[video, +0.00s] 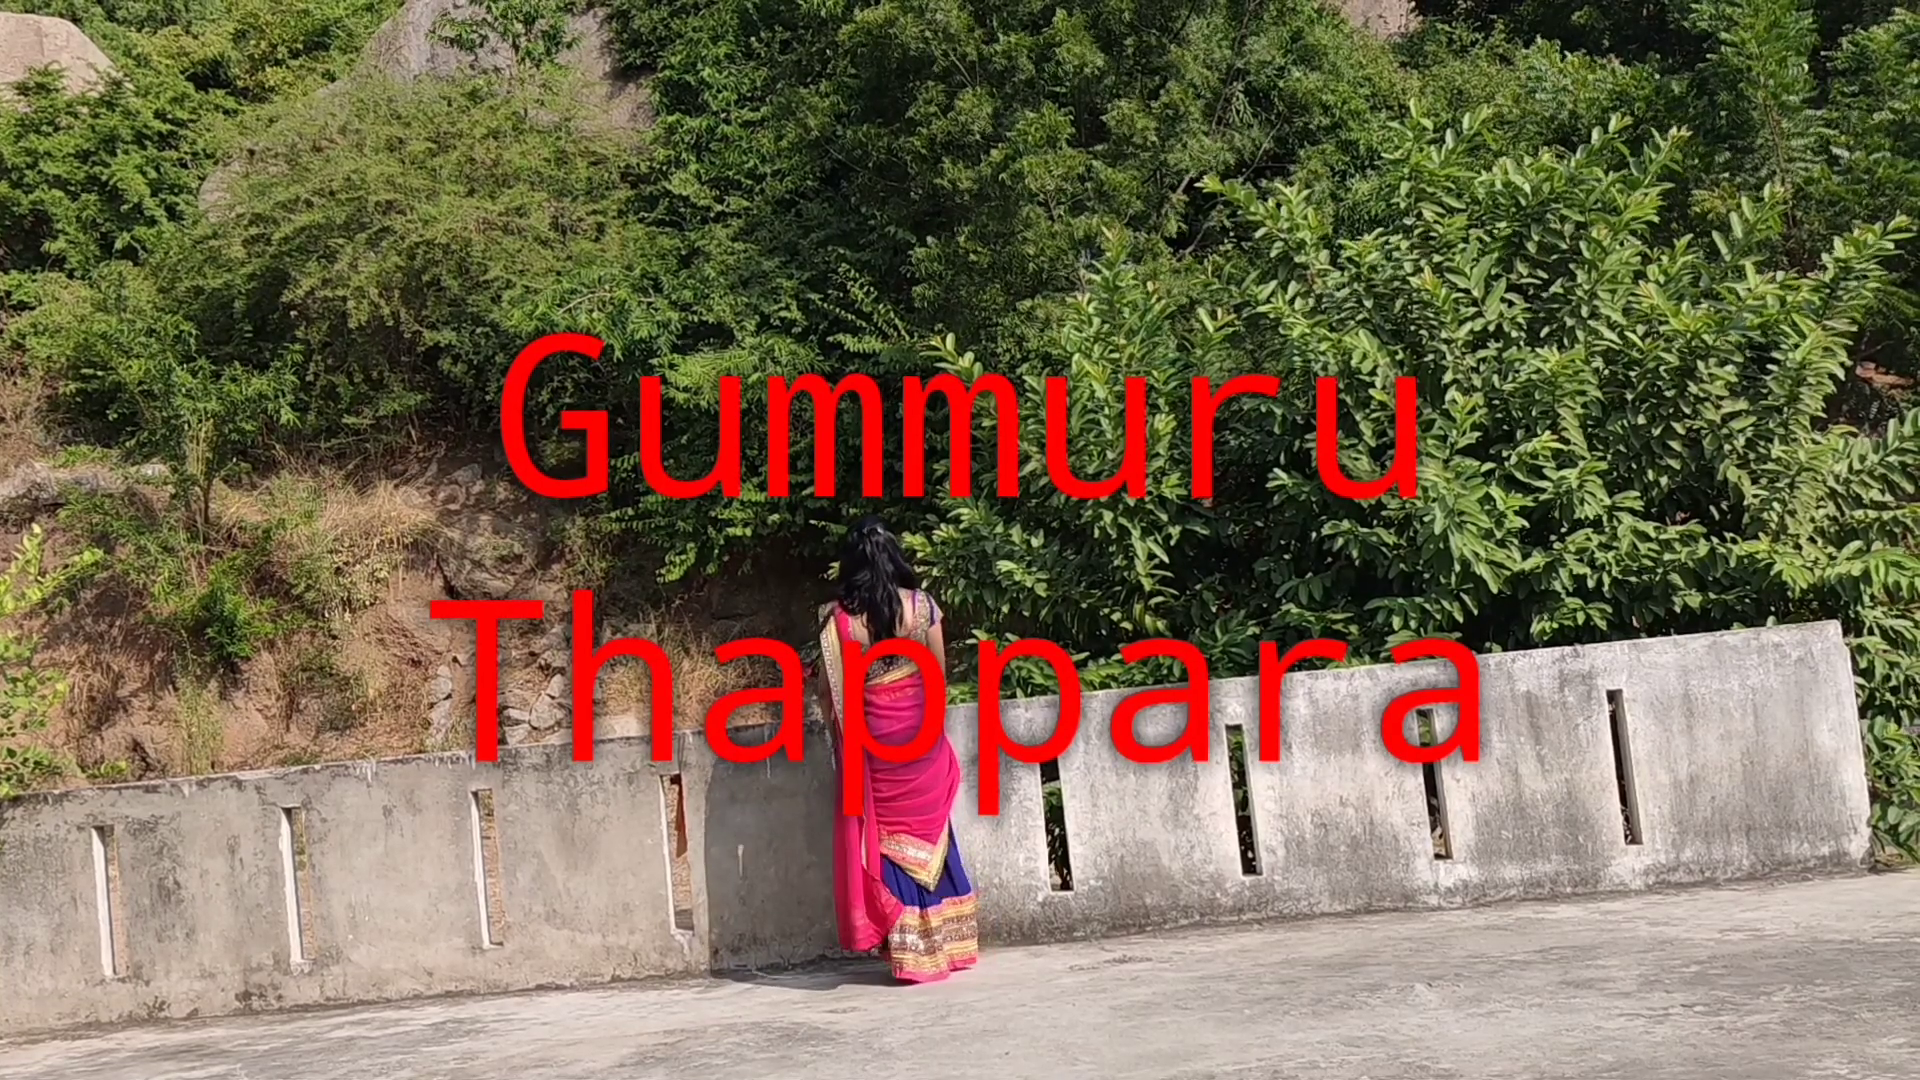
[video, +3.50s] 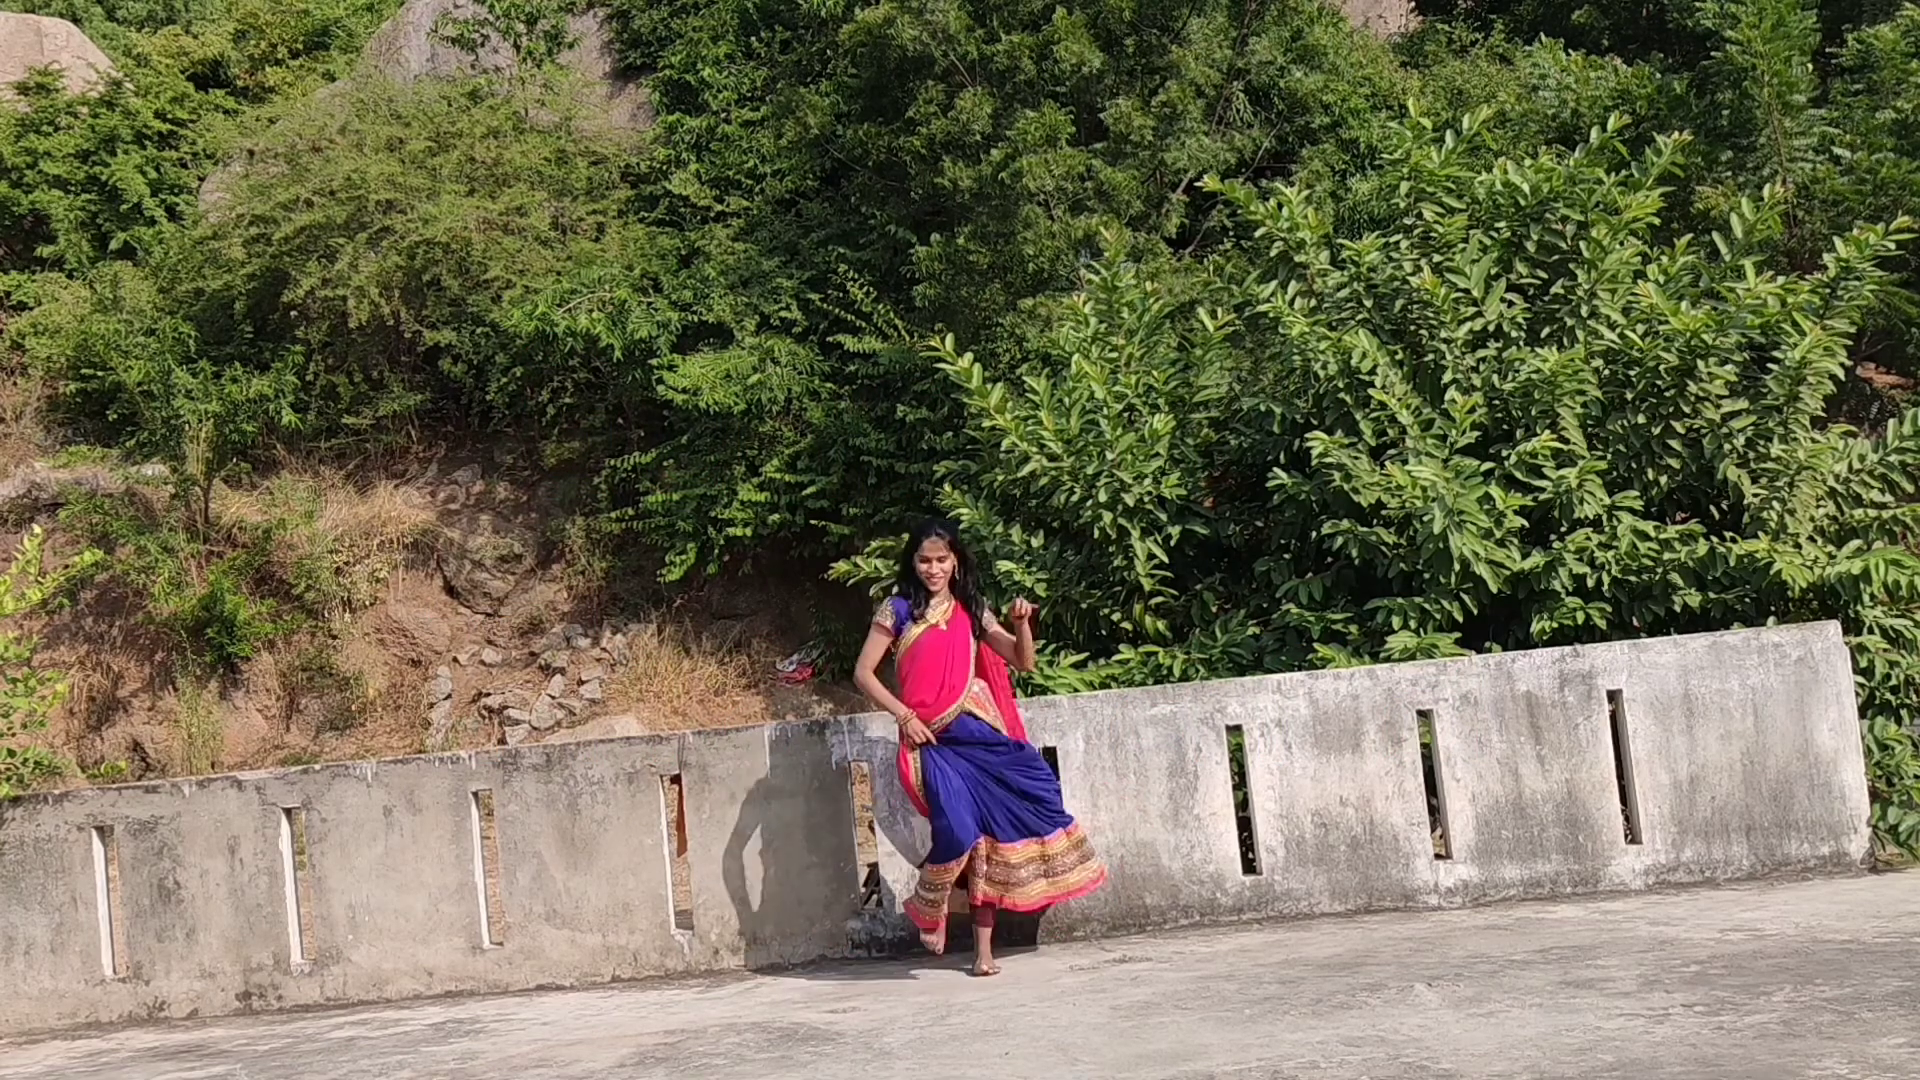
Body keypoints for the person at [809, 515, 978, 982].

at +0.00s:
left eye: (848, 560)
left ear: (849, 564)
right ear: (896, 558)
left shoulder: (838, 620)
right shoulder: (925, 606)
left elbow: (834, 696)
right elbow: (938, 675)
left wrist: (846, 748)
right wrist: (935, 727)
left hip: (873, 734)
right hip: (922, 730)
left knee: (888, 835)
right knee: (931, 828)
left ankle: (909, 950)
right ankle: (946, 942)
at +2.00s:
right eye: (889, 553)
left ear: (842, 562)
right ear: (887, 559)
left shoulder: (826, 618)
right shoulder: (904, 608)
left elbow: (825, 691)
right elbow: (925, 679)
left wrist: (831, 742)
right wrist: (940, 733)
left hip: (854, 737)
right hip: (903, 730)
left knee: (868, 837)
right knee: (920, 830)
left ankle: (883, 949)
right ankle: (937, 943)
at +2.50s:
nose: (846, 555)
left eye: (855, 551)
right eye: (850, 547)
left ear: (875, 563)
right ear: (886, 564)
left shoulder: (849, 600)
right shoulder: (904, 602)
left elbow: (824, 664)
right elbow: (910, 668)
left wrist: (819, 723)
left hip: (881, 729)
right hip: (924, 726)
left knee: (877, 827)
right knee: (915, 827)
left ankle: (891, 947)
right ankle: (934, 941)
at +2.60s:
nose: (853, 553)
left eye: (865, 551)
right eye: (856, 546)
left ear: (884, 568)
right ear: (878, 567)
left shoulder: (869, 597)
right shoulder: (889, 599)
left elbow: (871, 655)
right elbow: (885, 663)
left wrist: (863, 714)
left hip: (905, 729)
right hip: (925, 727)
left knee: (886, 823)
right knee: (912, 829)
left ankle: (898, 948)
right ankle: (915, 944)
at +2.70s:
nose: (863, 552)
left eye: (874, 550)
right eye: (860, 545)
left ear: (888, 566)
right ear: (850, 557)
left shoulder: (890, 597)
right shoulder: (858, 615)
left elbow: (926, 641)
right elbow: (862, 688)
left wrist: (923, 707)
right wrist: (857, 745)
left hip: (907, 735)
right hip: (880, 739)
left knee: (891, 832)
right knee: (900, 833)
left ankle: (896, 951)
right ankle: (921, 939)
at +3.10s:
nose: (892, 554)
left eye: (901, 547)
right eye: (885, 547)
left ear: (915, 555)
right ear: (872, 555)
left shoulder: (935, 601)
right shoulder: (859, 617)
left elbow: (959, 654)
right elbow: (867, 691)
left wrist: (972, 697)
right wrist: (880, 751)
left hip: (956, 728)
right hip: (906, 739)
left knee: (966, 829)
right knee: (934, 837)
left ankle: (980, 944)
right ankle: (970, 945)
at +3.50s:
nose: (932, 568)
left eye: (941, 559)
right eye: (924, 559)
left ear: (956, 562)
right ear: (912, 563)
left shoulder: (971, 609)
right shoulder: (897, 609)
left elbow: (1023, 662)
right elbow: (862, 672)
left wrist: (1023, 624)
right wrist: (903, 715)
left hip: (979, 731)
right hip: (930, 737)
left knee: (986, 836)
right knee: (960, 833)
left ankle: (983, 947)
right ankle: (930, 906)